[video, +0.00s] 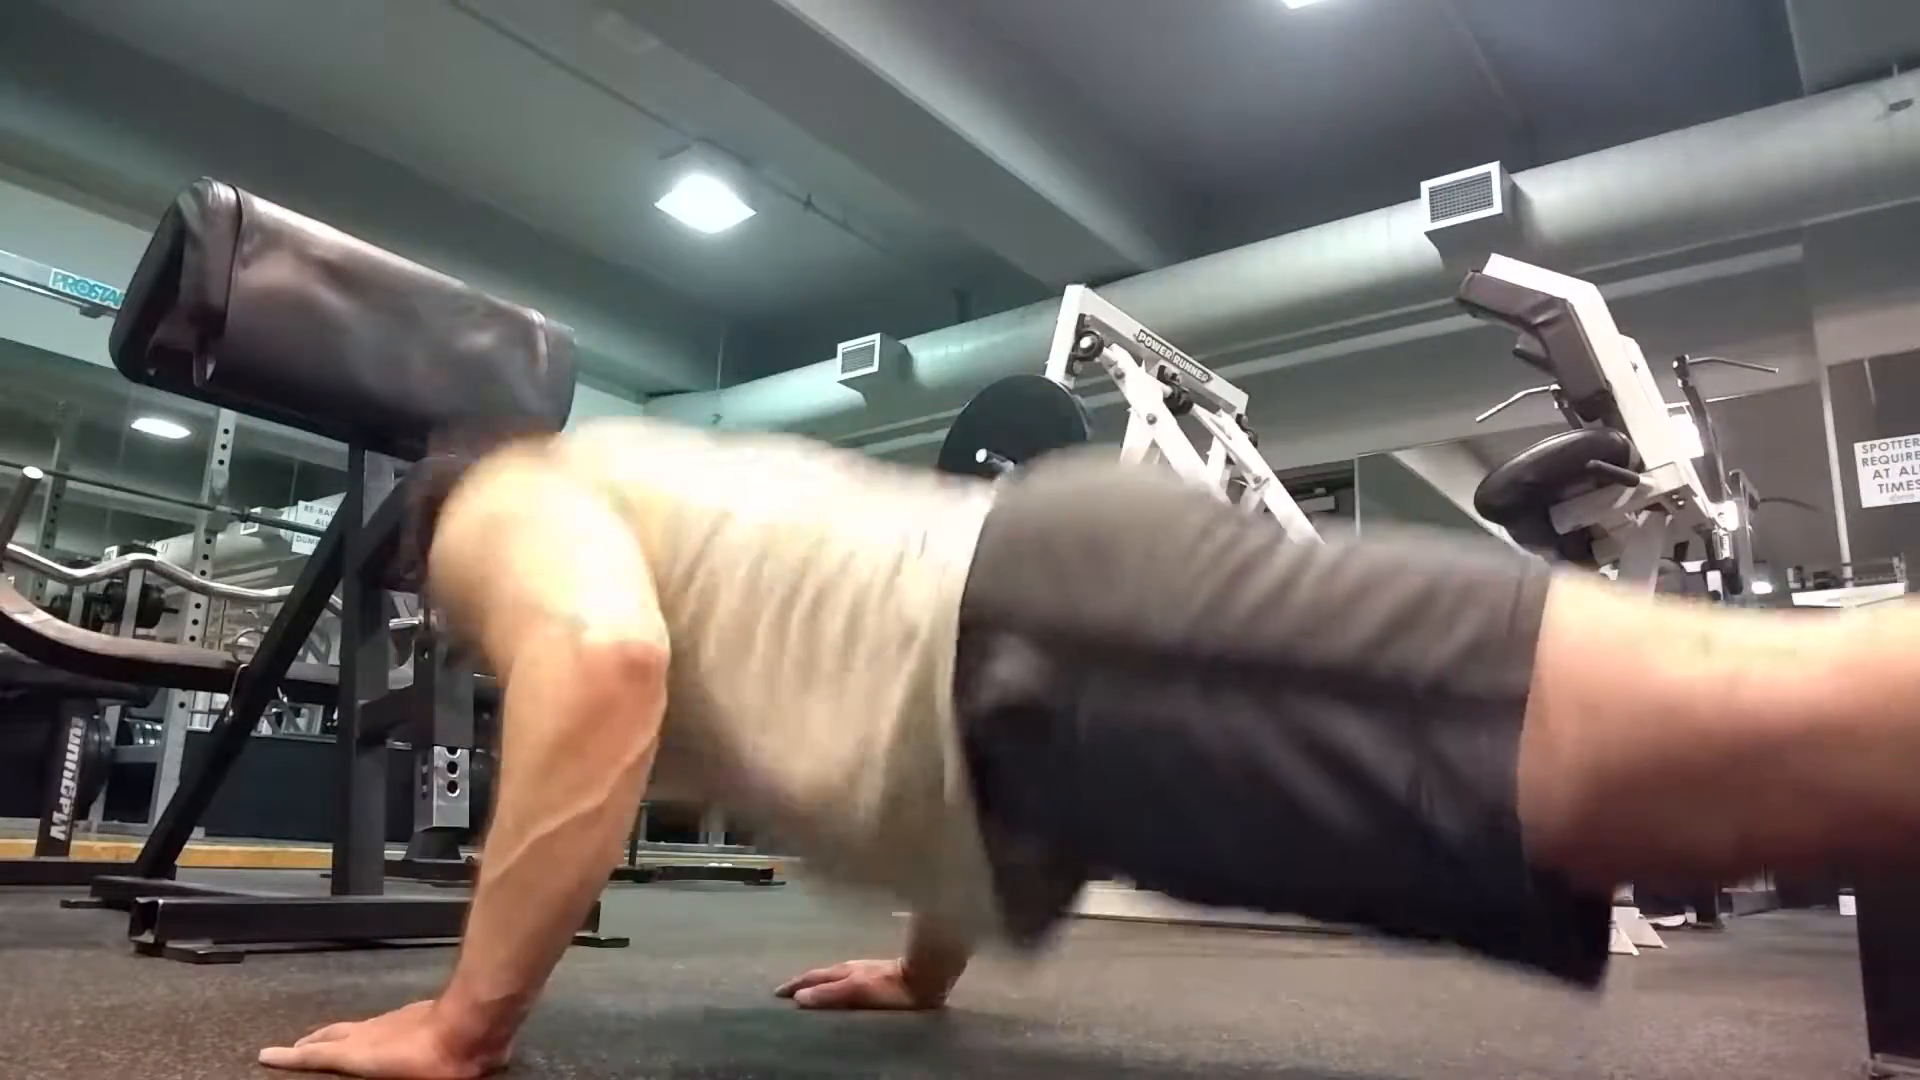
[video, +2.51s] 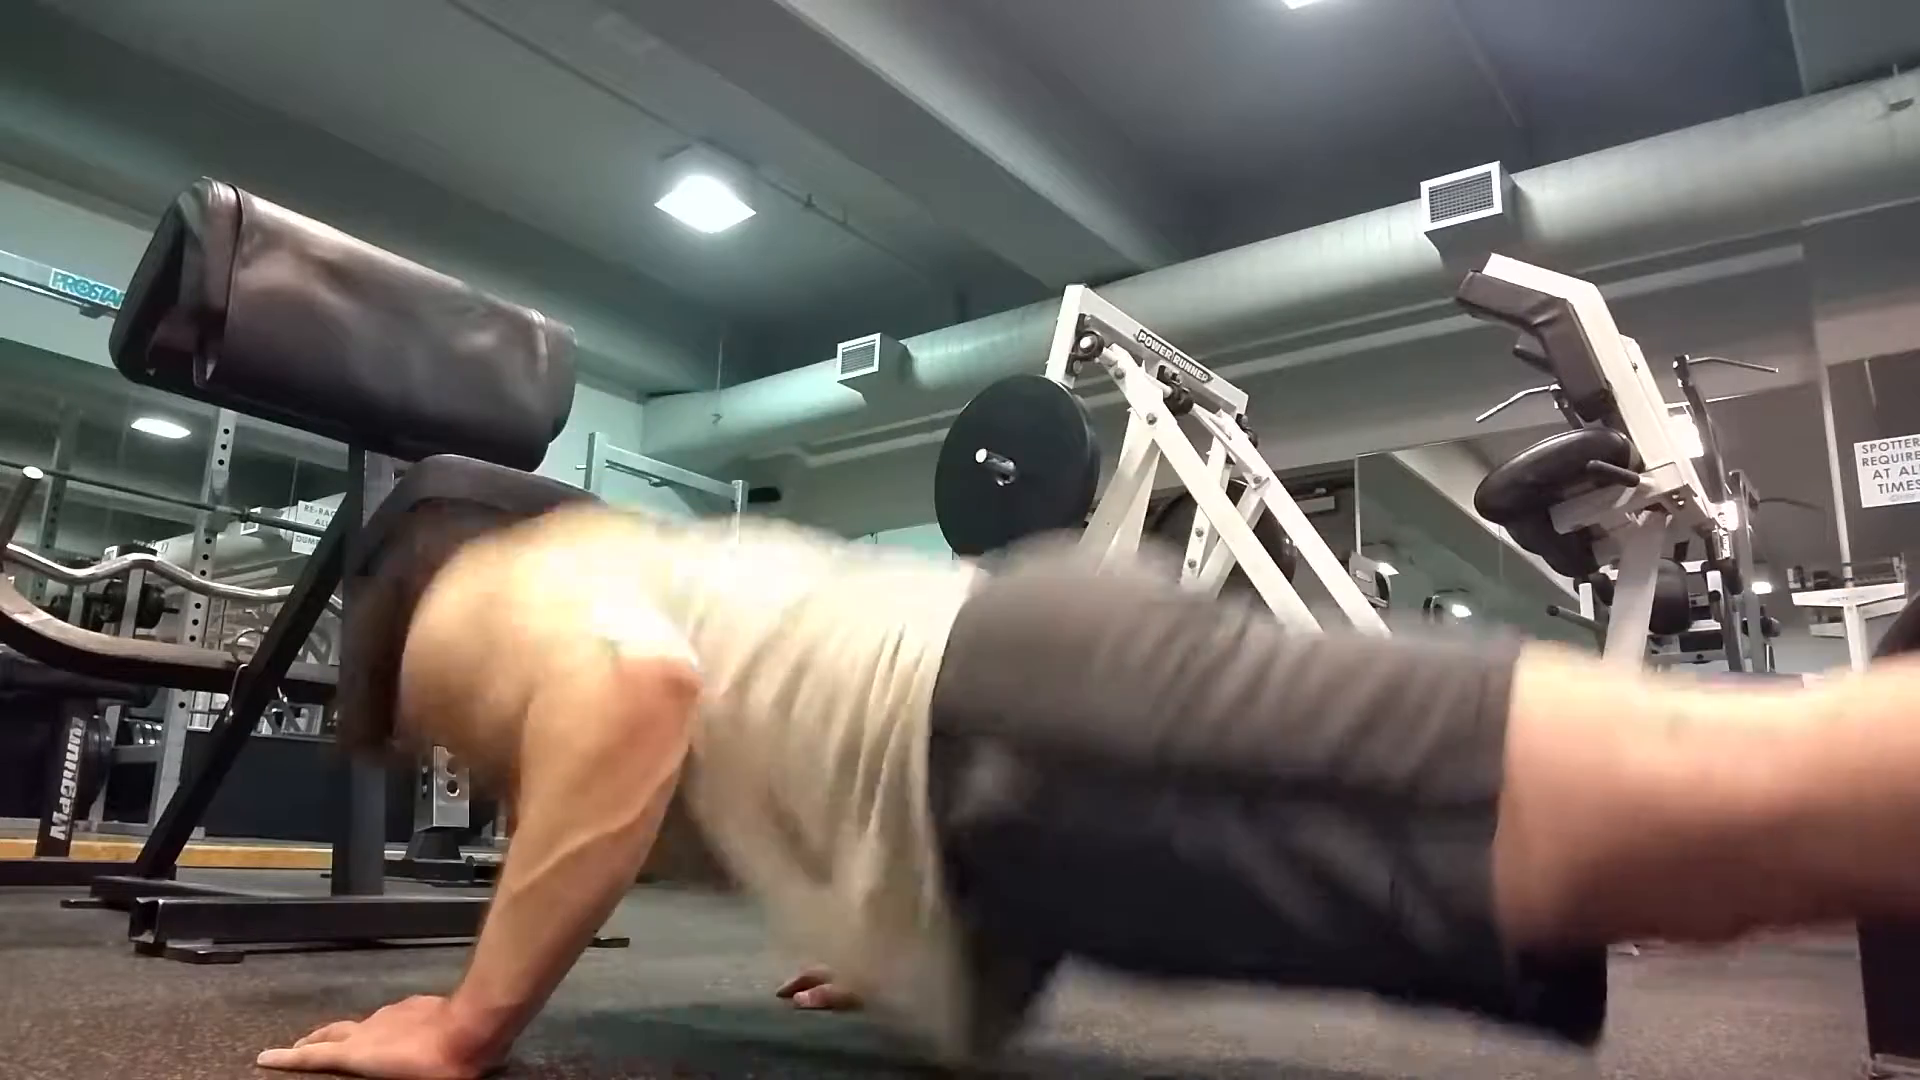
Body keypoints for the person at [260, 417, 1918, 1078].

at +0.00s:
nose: (403, 586)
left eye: (403, 550)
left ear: (414, 471)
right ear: (532, 409)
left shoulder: (506, 489)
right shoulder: (669, 491)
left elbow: (599, 672)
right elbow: (908, 677)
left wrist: (464, 1014)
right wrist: (932, 957)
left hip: (1052, 632)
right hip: (1077, 680)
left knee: (1752, 736)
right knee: (1727, 765)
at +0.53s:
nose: (413, 818)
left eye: (394, 796)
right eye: (415, 804)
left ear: (409, 700)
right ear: (448, 724)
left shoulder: (433, 705)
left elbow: (575, 691)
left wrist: (457, 1018)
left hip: (975, 832)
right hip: (964, 953)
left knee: (1707, 871)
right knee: (1704, 872)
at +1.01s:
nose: (427, 548)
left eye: (418, 509)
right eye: (418, 535)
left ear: (429, 415)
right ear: (539, 432)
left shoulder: (534, 389)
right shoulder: (724, 440)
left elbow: (602, 651)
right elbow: (917, 698)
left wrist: (463, 1018)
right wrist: (922, 962)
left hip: (1063, 546)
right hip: (1075, 628)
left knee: (1767, 696)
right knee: (1742, 731)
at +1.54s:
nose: (417, 888)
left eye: (395, 870)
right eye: (416, 874)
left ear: (385, 817)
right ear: (429, 800)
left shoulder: (433, 751)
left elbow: (647, 700)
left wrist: (461, 1019)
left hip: (994, 839)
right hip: (997, 917)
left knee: (1763, 868)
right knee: (1750, 873)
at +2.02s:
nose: (449, 639)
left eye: (425, 603)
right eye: (432, 628)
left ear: (435, 523)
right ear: (541, 465)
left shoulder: (525, 489)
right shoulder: (722, 494)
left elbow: (641, 678)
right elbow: (965, 744)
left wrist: (466, 1015)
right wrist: (928, 974)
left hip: (1034, 624)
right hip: (1065, 640)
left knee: (1734, 737)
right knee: (1715, 768)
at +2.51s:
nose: (410, 719)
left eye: (396, 677)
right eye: (399, 701)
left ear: (406, 594)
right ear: (510, 529)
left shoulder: (474, 589)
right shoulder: (649, 561)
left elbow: (631, 698)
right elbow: (873, 676)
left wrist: (465, 1022)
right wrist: (888, 936)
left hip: (1006, 725)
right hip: (1036, 701)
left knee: (1721, 814)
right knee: (1712, 812)